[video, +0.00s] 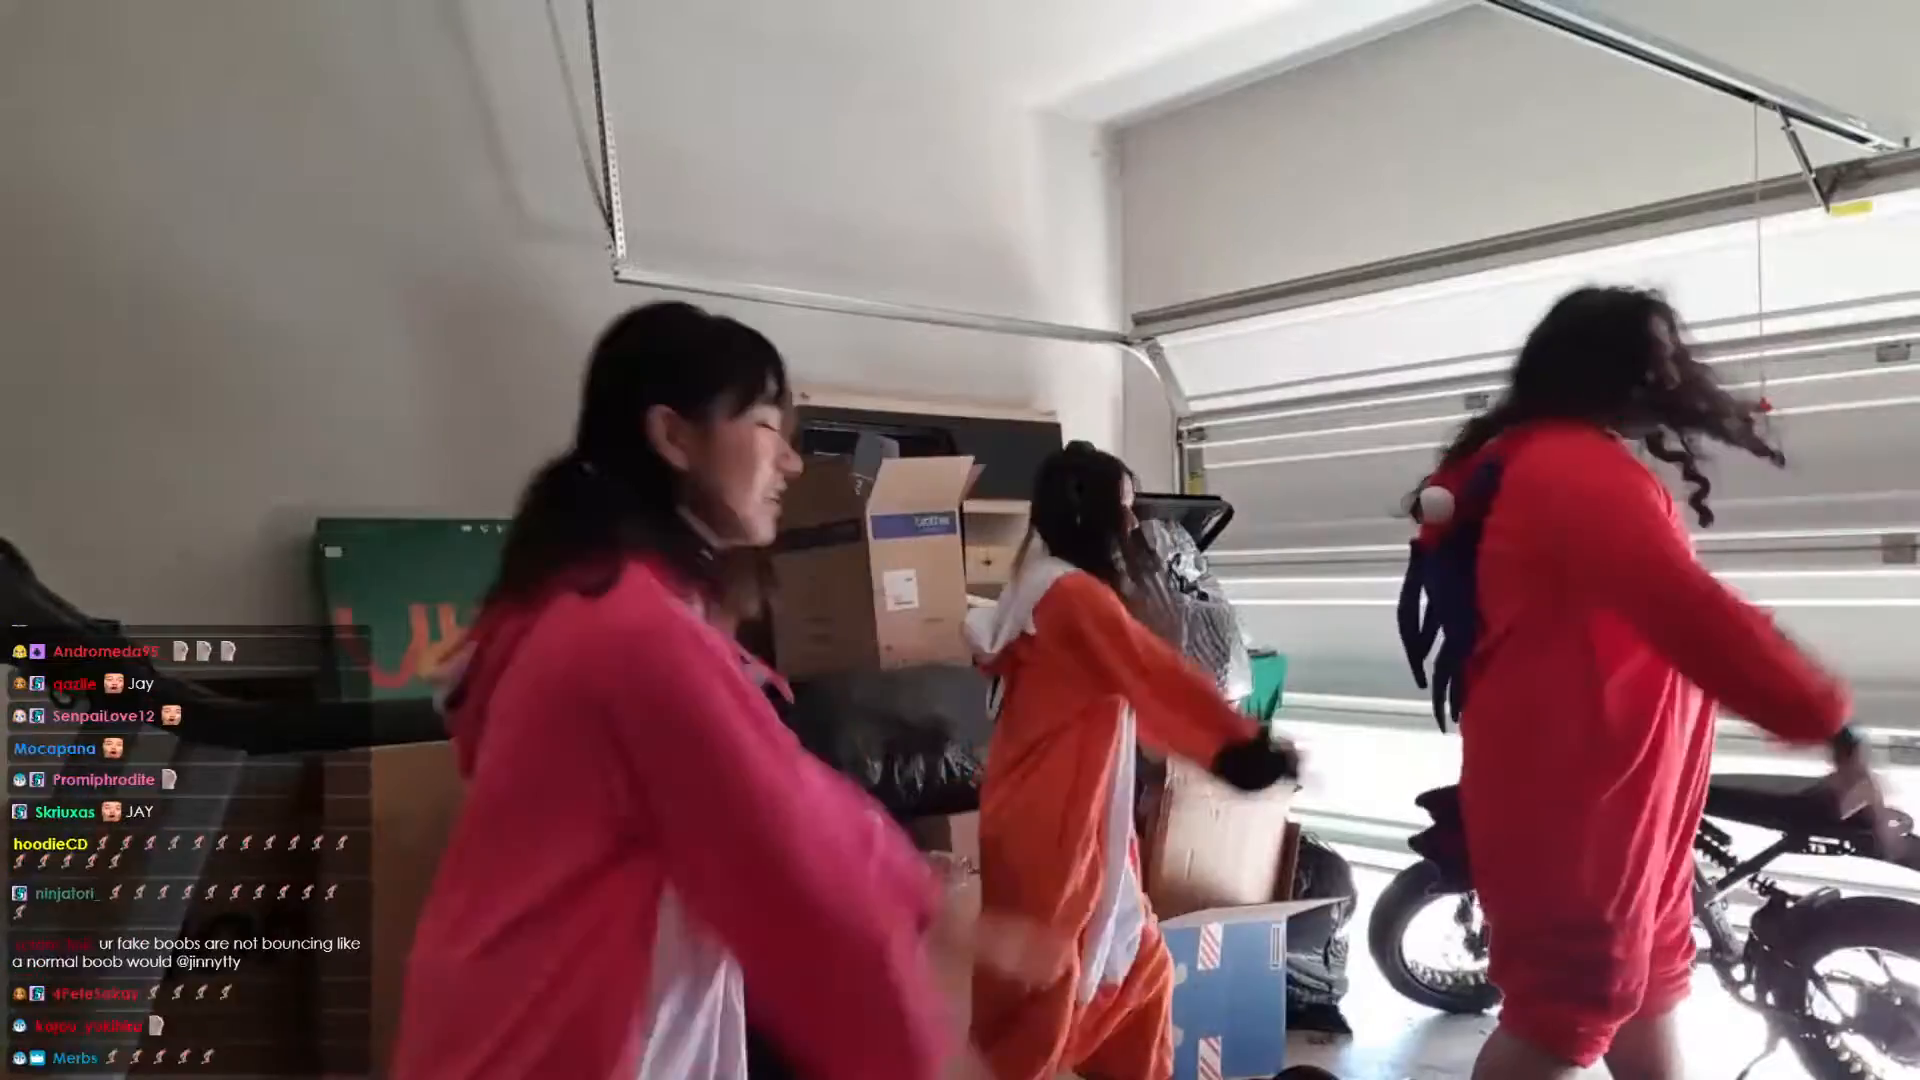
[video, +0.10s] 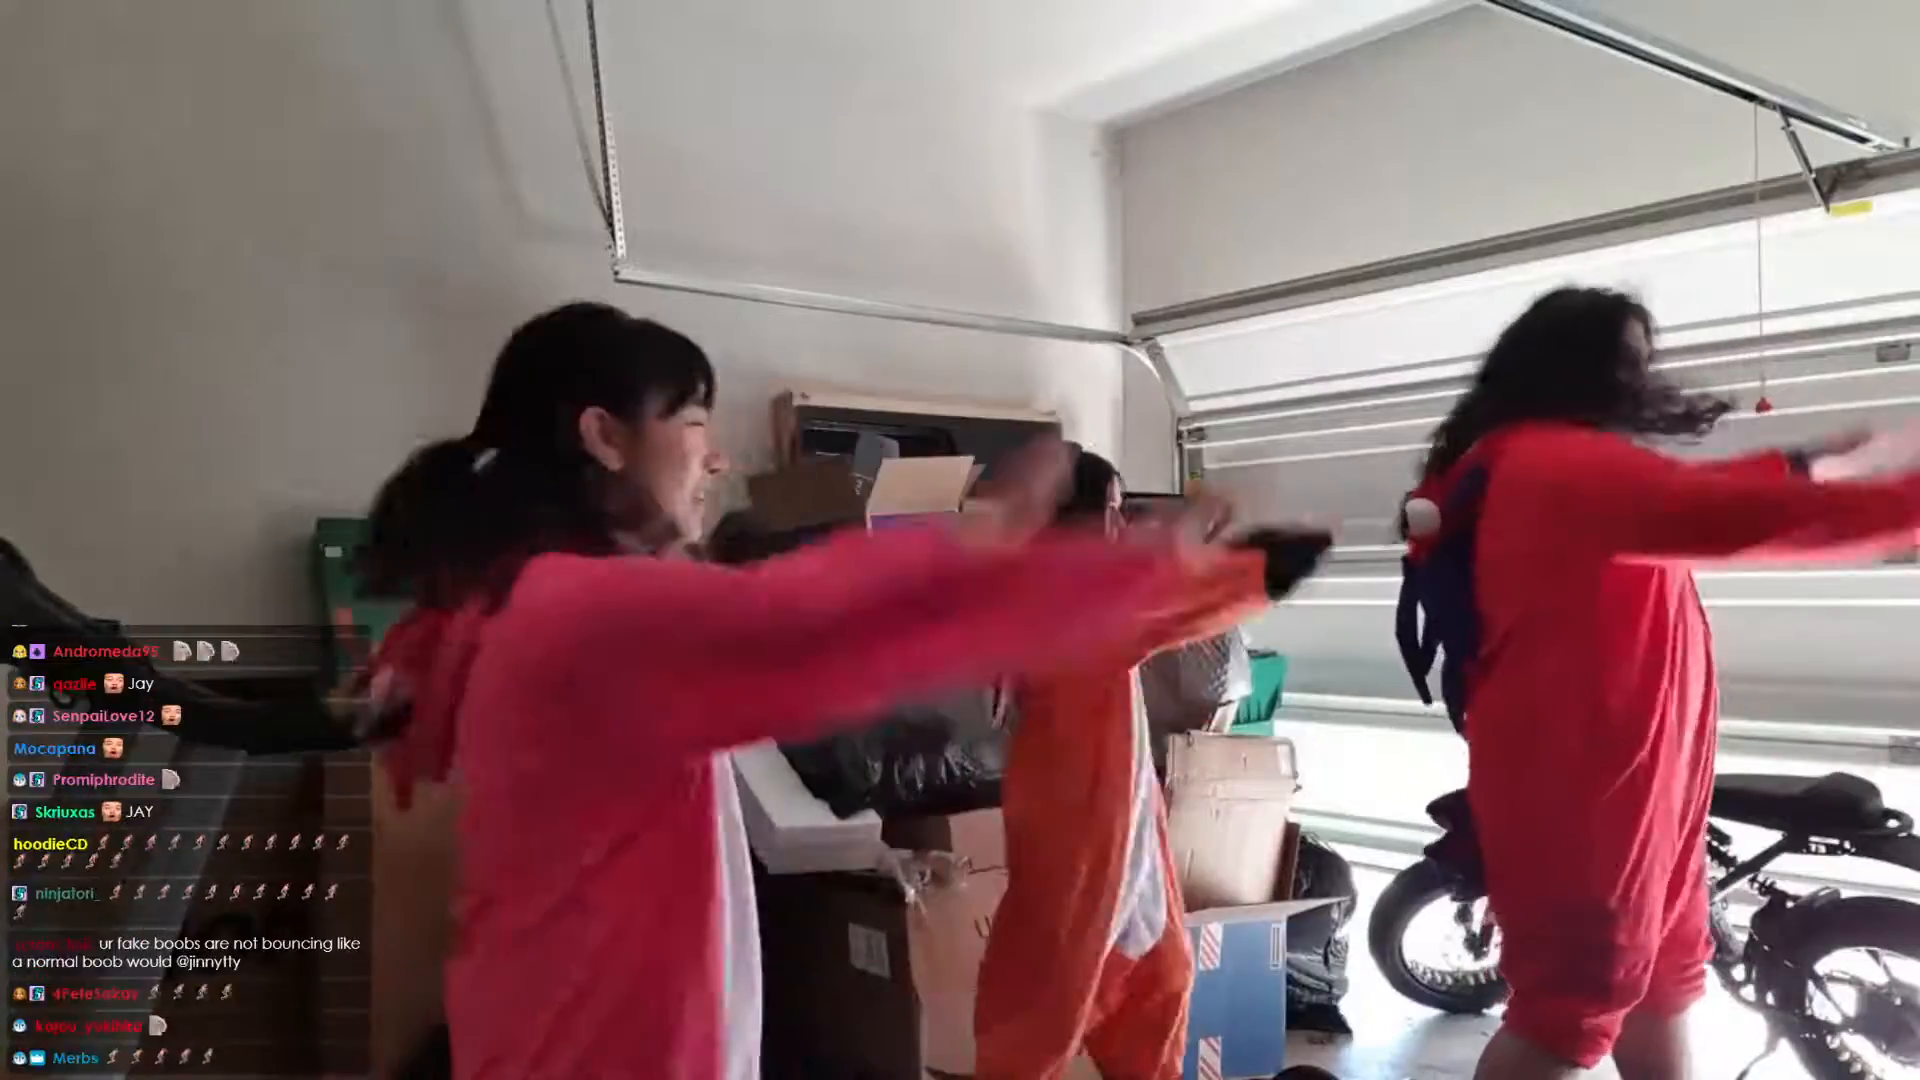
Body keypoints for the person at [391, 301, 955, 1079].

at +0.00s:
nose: (791, 461)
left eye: (783, 430)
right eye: (765, 424)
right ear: (672, 436)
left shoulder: (659, 611)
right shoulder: (634, 628)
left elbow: (800, 794)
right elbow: (807, 878)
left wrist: (936, 905)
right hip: (551, 1051)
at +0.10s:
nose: (718, 447)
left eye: (710, 416)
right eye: (691, 413)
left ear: (602, 440)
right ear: (599, 437)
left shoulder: (589, 608)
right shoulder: (569, 618)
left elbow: (830, 614)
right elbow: (845, 627)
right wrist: (1168, 564)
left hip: (645, 1042)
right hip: (598, 1055)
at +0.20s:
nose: (705, 483)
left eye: (700, 457)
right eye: (685, 458)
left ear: (602, 494)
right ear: (610, 488)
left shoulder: (541, 652)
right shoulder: (576, 651)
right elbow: (757, 491)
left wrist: (774, 299)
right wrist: (866, 215)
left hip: (556, 1040)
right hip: (630, 1050)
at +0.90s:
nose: (726, 467)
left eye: (720, 434)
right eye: (703, 429)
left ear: (624, 442)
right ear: (613, 437)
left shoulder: (586, 616)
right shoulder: (543, 622)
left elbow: (795, 758)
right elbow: (793, 716)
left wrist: (961, 716)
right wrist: (1122, 759)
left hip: (648, 1038)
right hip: (571, 1049)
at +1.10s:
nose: (687, 511)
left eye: (689, 483)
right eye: (673, 480)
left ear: (587, 508)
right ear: (617, 504)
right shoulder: (561, 674)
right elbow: (731, 469)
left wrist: (744, 243)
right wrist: (754, 230)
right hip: (633, 1058)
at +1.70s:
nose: (758, 483)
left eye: (771, 455)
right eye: (715, 451)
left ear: (790, 479)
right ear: (627, 482)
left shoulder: (693, 653)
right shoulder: (621, 674)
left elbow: (785, 876)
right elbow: (728, 926)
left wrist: (879, 1044)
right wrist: (866, 1049)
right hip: (532, 1062)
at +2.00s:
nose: (660, 485)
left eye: (669, 461)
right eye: (620, 463)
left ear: (685, 474)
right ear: (531, 503)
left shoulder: (617, 664)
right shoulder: (561, 665)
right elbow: (727, 473)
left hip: (697, 1055)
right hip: (616, 1059)